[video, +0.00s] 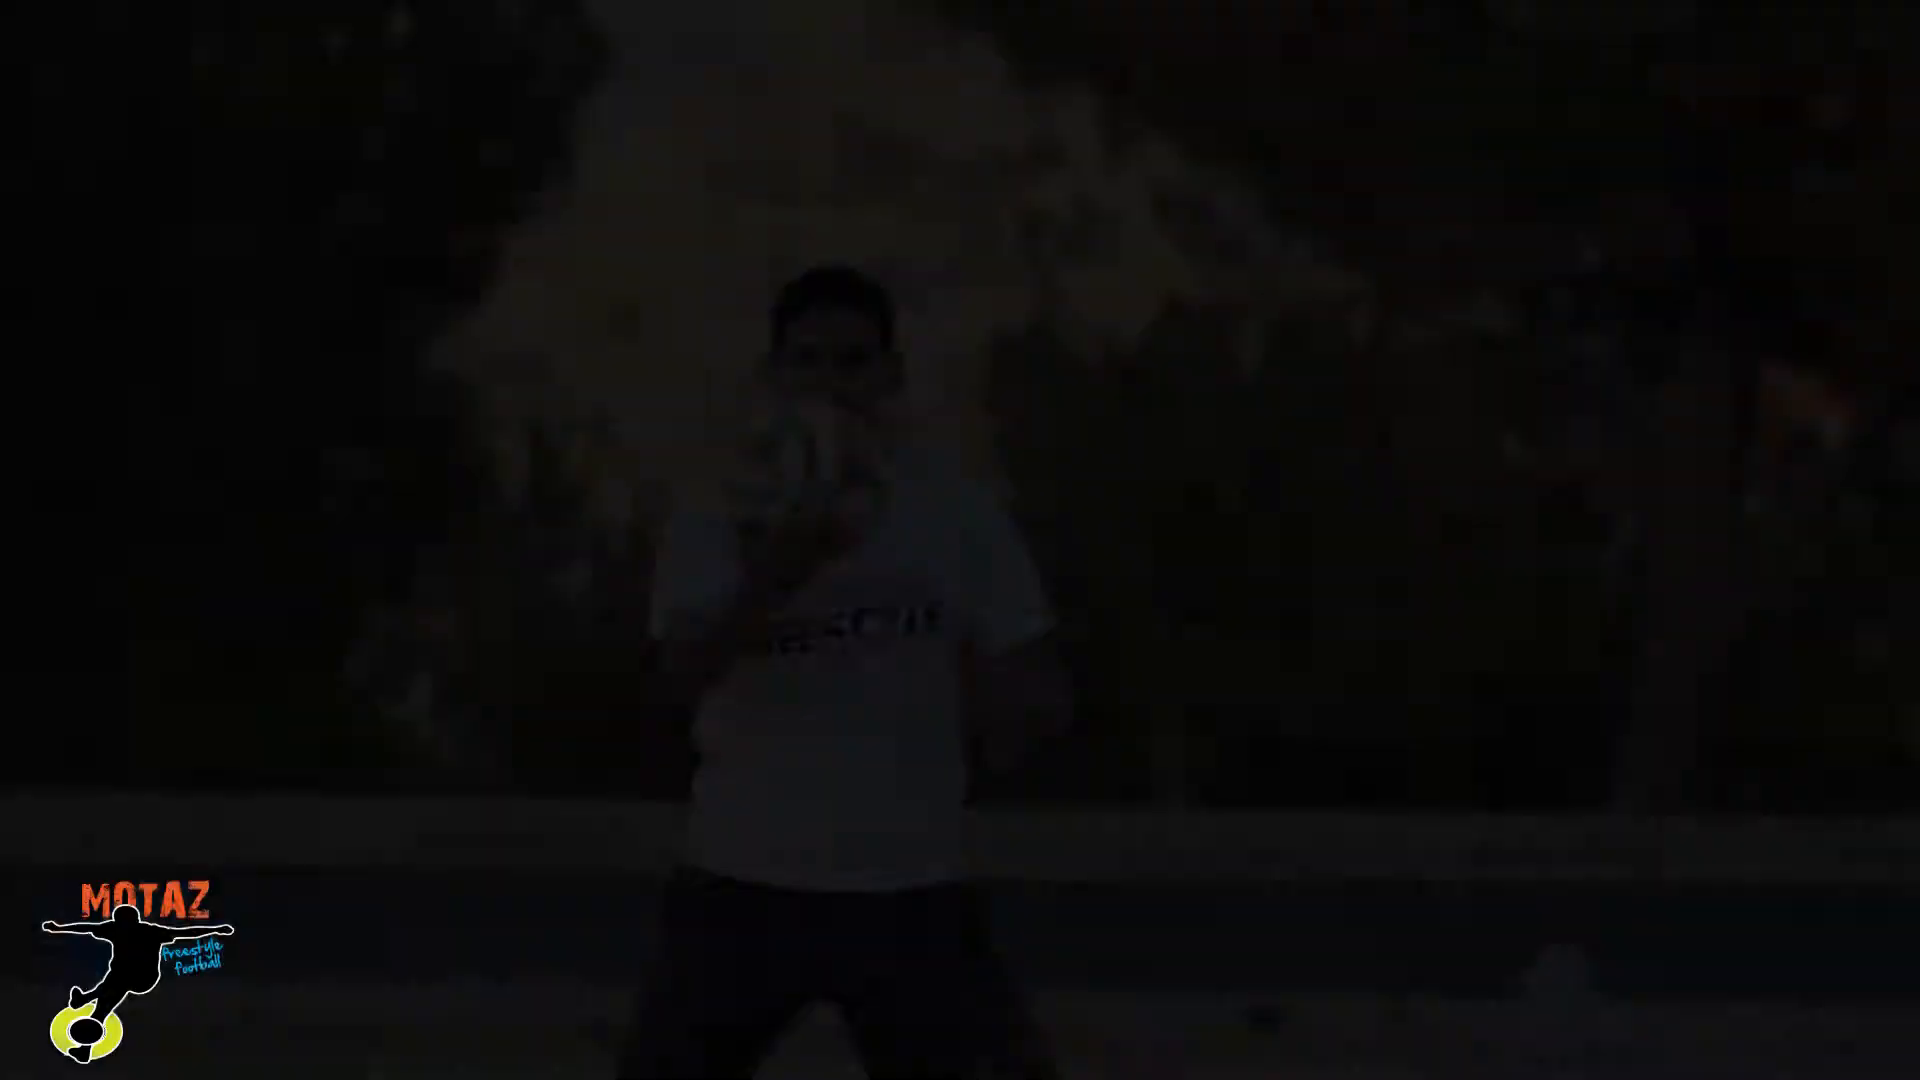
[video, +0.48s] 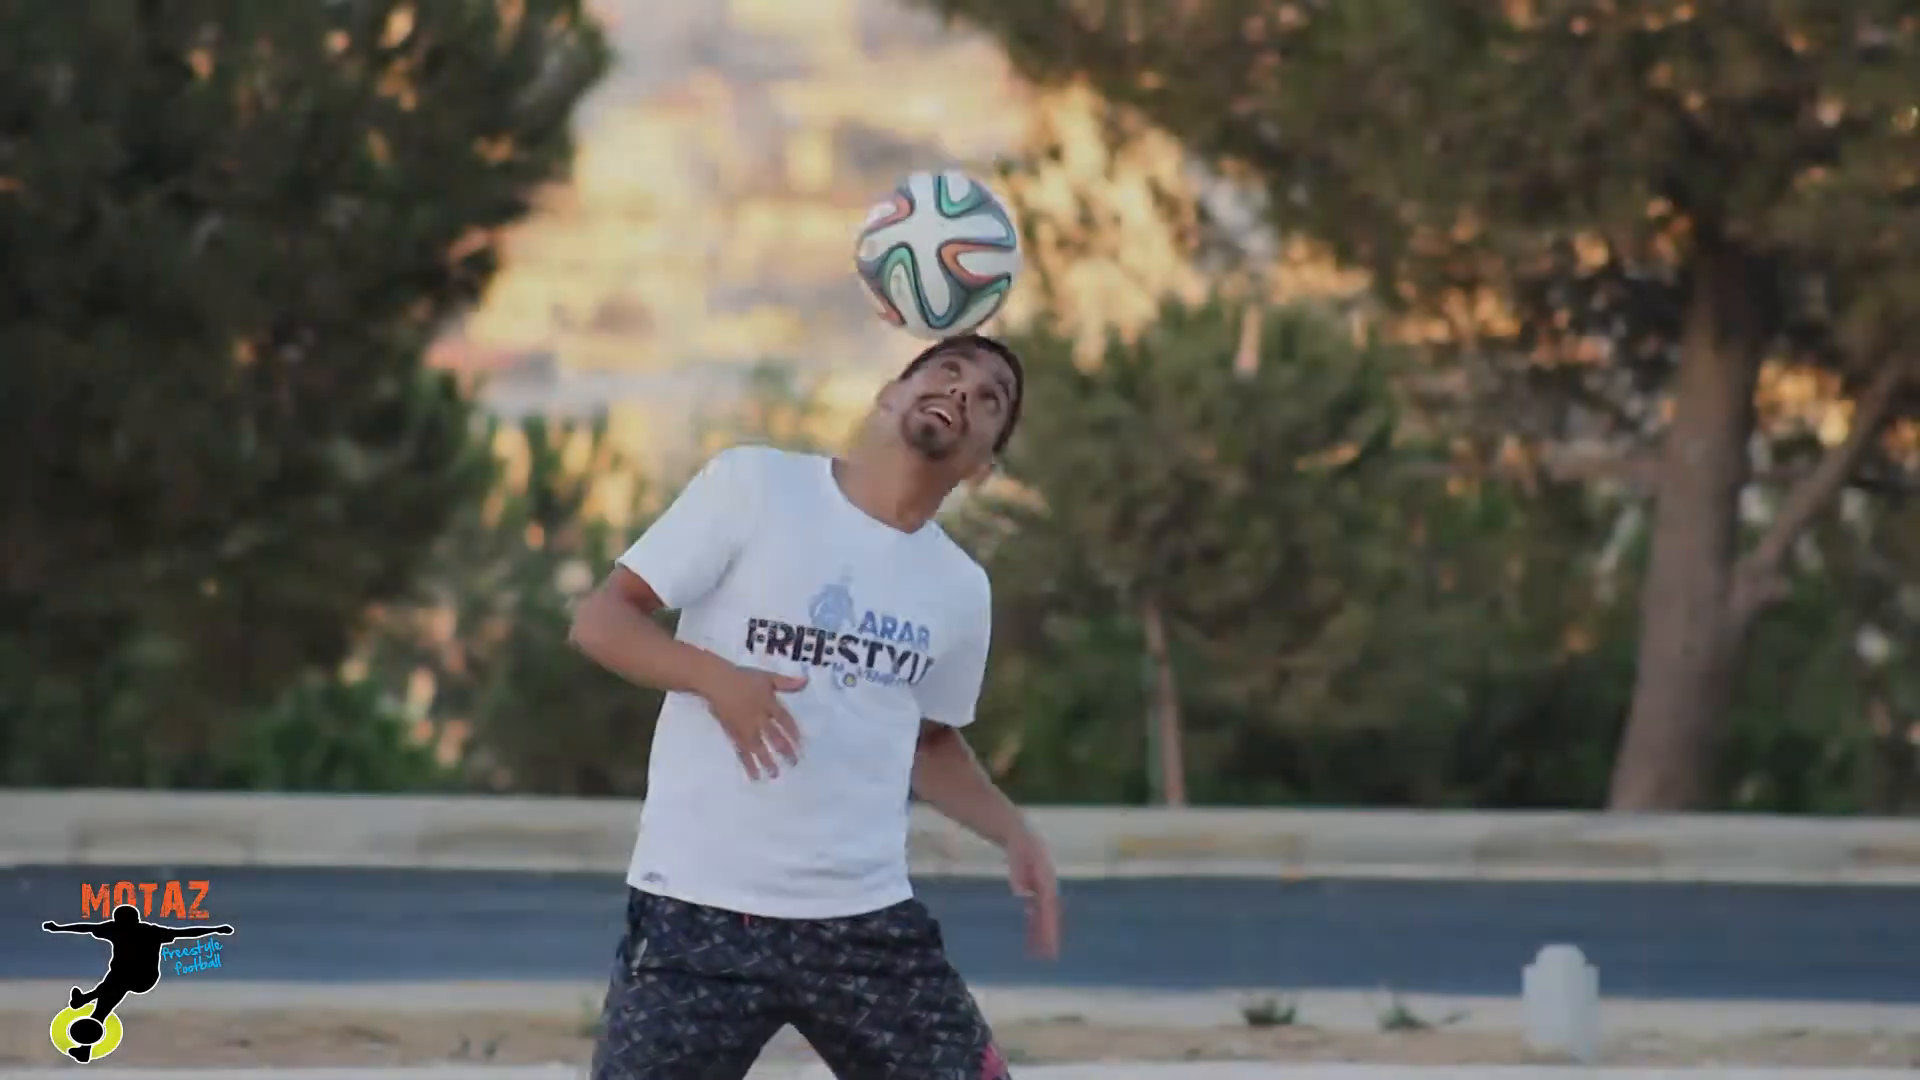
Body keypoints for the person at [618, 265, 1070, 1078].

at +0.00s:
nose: (834, 383)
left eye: (856, 358)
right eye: (811, 360)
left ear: (891, 372)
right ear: (777, 375)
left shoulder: (945, 504)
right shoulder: (730, 501)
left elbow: (1027, 683)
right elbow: (677, 680)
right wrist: (775, 577)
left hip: (910, 881)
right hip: (745, 878)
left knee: (972, 1063)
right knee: (671, 1064)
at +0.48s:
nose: (961, 390)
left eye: (990, 400)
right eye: (946, 370)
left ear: (981, 466)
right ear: (888, 396)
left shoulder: (961, 590)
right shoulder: (749, 486)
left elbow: (928, 737)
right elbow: (598, 618)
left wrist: (1013, 832)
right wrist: (712, 676)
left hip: (868, 934)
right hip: (698, 924)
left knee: (970, 1072)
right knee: (634, 1070)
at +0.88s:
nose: (953, 427)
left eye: (986, 440)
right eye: (951, 412)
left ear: (982, 517)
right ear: (909, 434)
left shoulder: (935, 660)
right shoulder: (739, 497)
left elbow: (917, 817)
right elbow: (572, 607)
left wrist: (945, 876)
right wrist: (597, 676)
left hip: (829, 947)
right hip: (656, 932)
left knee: (943, 1071)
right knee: (605, 1066)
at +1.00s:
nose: (866, 326)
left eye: (900, 324)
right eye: (851, 324)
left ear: (936, 393)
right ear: (823, 387)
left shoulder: (976, 551)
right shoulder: (727, 491)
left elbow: (1032, 723)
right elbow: (632, 643)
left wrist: (1032, 757)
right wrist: (603, 678)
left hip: (904, 918)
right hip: (723, 907)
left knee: (1011, 1071)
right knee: (653, 1071)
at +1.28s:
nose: (714, 419)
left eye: (727, 396)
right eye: (700, 436)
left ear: (802, 399)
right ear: (739, 498)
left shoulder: (967, 493)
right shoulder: (749, 597)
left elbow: (1131, 619)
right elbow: (742, 790)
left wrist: (1065, 646)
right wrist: (663, 791)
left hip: (955, 930)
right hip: (783, 930)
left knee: (1049, 1070)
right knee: (684, 1069)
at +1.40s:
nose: (704, 440)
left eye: (707, 419)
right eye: (689, 461)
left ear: (775, 414)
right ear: (727, 519)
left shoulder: (960, 499)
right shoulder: (746, 605)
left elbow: (1109, 636)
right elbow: (741, 801)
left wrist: (1077, 702)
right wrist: (656, 793)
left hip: (945, 934)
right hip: (772, 933)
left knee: (1043, 1074)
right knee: (673, 1074)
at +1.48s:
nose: (748, 377)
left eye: (762, 362)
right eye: (724, 391)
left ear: (819, 391)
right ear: (735, 465)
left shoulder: (969, 497)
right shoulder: (739, 573)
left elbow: (1097, 650)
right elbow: (718, 766)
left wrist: (1095, 722)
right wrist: (653, 760)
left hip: (941, 919)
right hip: (763, 919)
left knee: (1045, 1073)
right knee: (671, 1074)